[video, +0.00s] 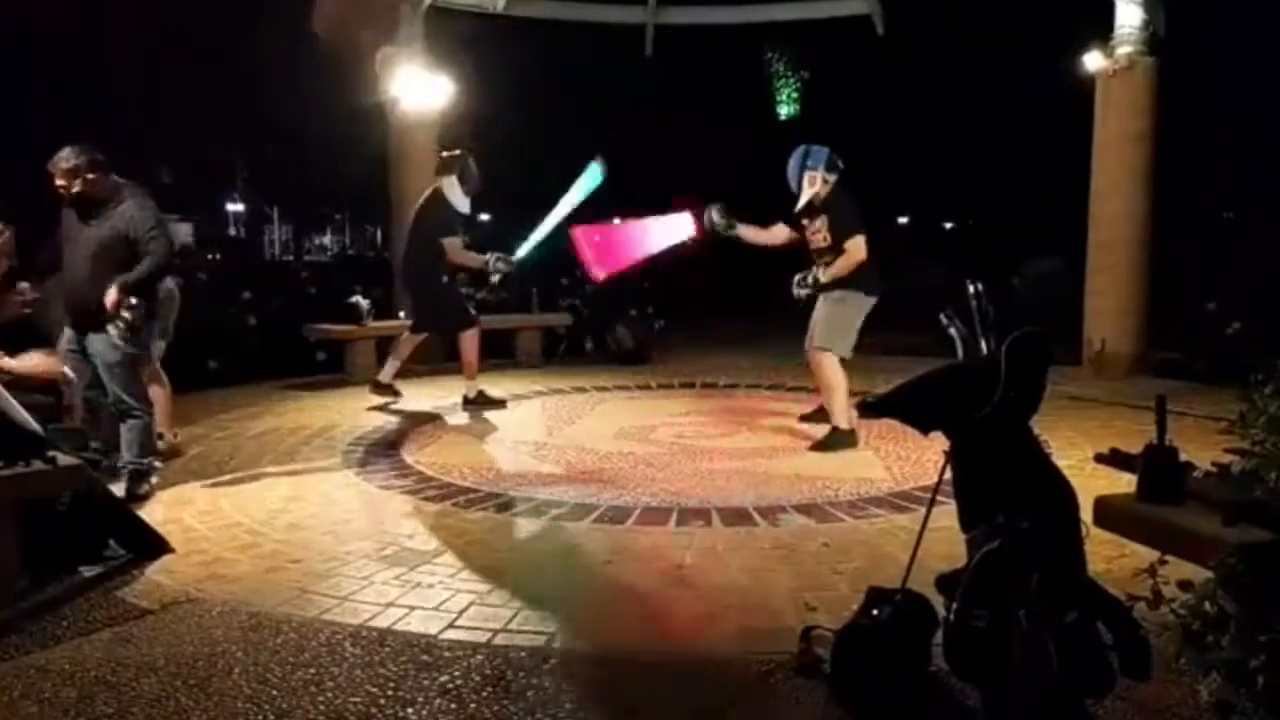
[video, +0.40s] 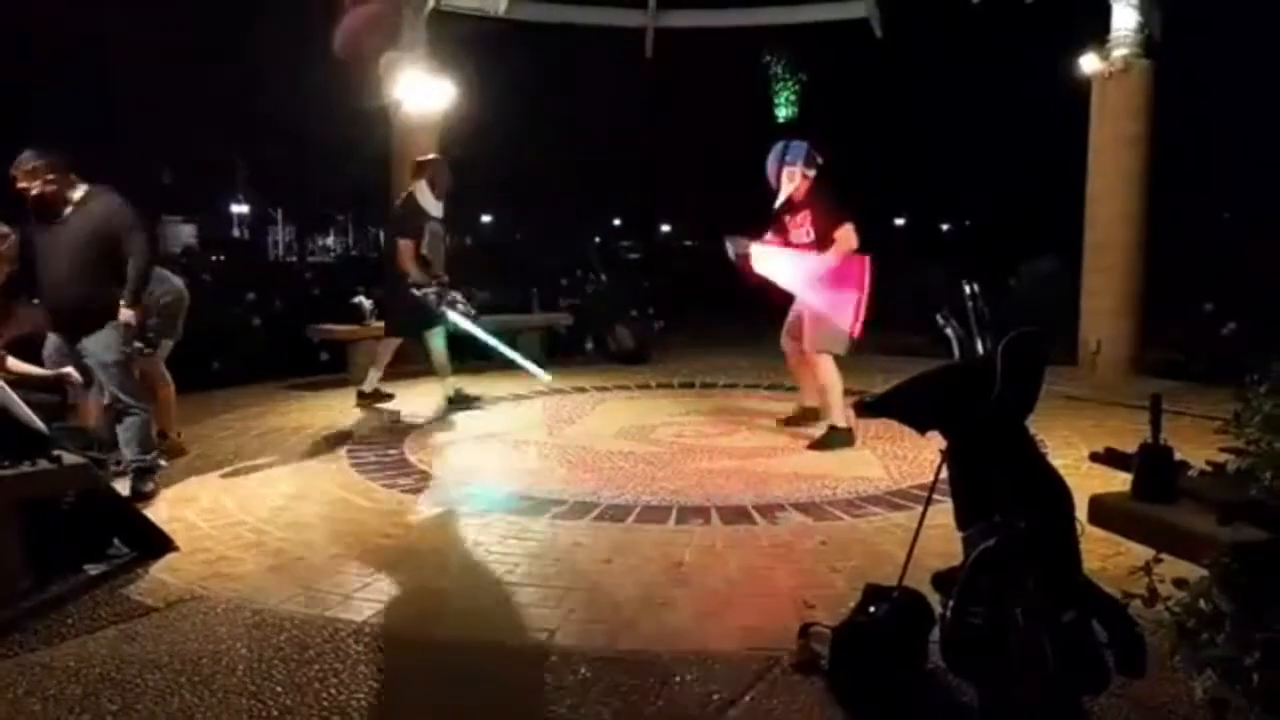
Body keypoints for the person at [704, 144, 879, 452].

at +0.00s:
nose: (803, 186)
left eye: (808, 179)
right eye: (802, 180)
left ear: (821, 178)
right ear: (802, 179)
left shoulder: (841, 206)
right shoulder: (806, 211)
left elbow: (857, 253)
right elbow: (771, 236)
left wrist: (819, 277)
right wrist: (732, 227)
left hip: (853, 287)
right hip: (832, 288)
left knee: (823, 352)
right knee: (814, 350)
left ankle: (843, 427)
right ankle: (831, 404)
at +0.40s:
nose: (792, 182)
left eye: (799, 175)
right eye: (787, 174)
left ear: (809, 176)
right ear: (778, 174)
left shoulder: (823, 202)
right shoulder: (785, 212)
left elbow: (849, 240)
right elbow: (776, 245)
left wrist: (818, 266)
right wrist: (756, 254)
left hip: (832, 290)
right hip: (807, 290)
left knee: (818, 350)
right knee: (792, 343)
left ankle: (839, 424)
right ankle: (811, 405)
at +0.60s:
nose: (774, 186)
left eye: (780, 179)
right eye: (770, 179)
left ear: (792, 179)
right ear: (764, 179)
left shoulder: (806, 207)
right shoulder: (770, 212)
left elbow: (838, 238)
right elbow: (745, 233)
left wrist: (833, 281)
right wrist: (719, 246)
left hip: (818, 292)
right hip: (791, 294)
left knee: (824, 354)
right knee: (779, 347)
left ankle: (840, 425)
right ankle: (773, 406)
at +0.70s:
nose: (772, 187)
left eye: (778, 180)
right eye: (768, 180)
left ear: (789, 179)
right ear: (761, 180)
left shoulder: (802, 206)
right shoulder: (764, 209)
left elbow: (835, 237)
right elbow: (735, 223)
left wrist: (837, 279)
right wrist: (707, 233)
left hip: (817, 293)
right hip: (790, 292)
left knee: (827, 355)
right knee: (776, 346)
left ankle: (841, 424)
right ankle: (772, 406)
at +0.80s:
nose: (757, 183)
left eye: (760, 176)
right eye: (756, 177)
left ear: (774, 174)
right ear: (760, 174)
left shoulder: (794, 201)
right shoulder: (764, 199)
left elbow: (823, 232)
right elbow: (736, 197)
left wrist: (839, 272)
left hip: (816, 290)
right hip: (789, 289)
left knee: (829, 351)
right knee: (779, 346)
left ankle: (856, 412)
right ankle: (774, 407)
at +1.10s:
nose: (769, 180)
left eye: (774, 174)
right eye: (767, 173)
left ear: (787, 175)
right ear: (763, 173)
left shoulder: (802, 203)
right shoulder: (769, 203)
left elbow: (827, 238)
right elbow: (763, 231)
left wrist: (814, 273)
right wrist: (741, 207)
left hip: (823, 289)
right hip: (788, 288)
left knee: (838, 349)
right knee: (771, 341)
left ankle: (869, 397)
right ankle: (772, 406)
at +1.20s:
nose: (786, 192)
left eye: (790, 185)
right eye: (782, 186)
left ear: (801, 183)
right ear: (776, 185)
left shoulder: (818, 209)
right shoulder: (785, 214)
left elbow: (839, 248)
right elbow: (785, 253)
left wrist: (816, 280)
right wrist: (759, 236)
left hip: (833, 294)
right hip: (796, 292)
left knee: (843, 355)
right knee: (772, 341)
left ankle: (873, 399)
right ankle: (772, 405)